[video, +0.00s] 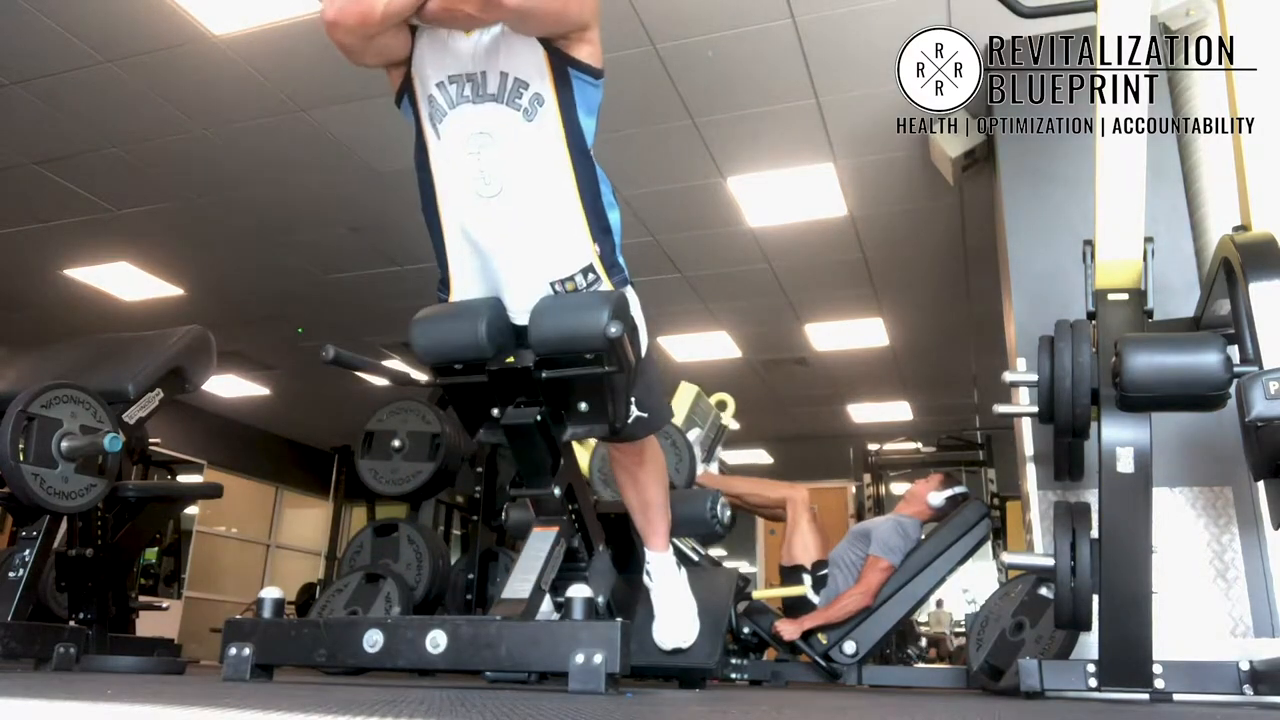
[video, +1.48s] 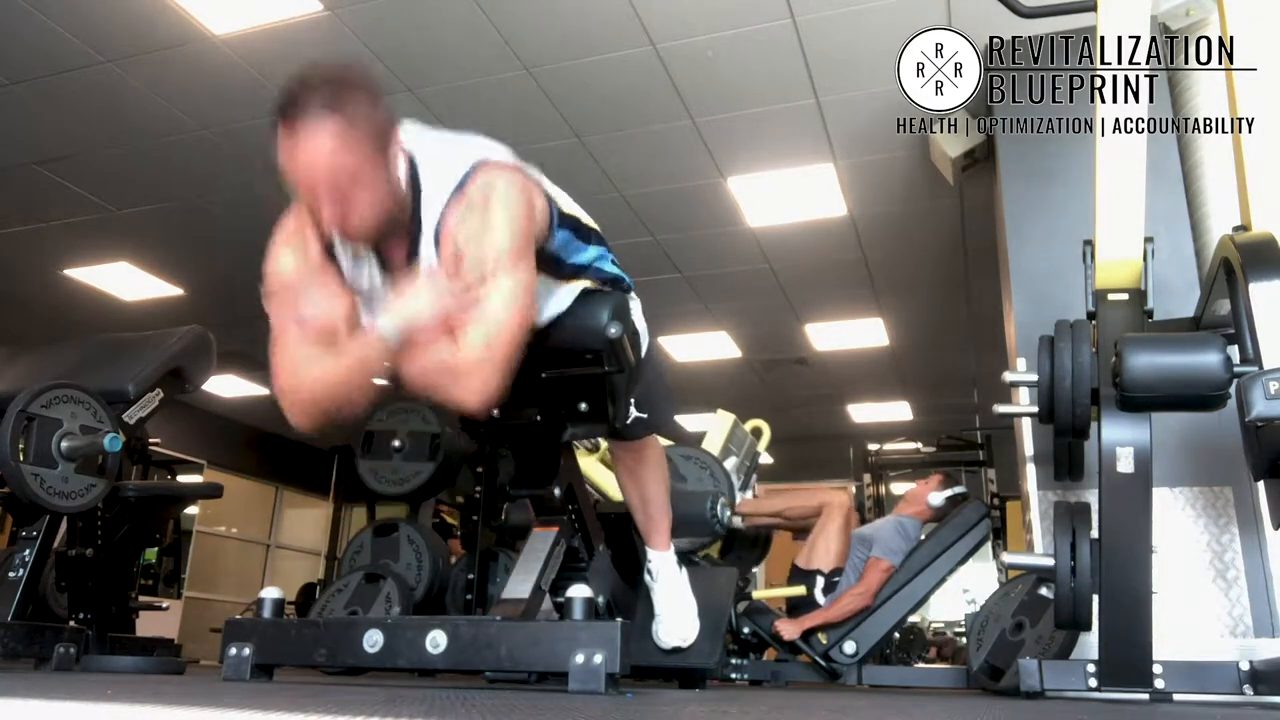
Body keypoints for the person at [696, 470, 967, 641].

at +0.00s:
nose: (920, 479)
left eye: (928, 480)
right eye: (927, 476)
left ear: (931, 498)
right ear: (933, 505)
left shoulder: (895, 528)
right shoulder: (902, 526)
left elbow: (865, 595)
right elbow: (865, 593)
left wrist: (801, 624)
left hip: (813, 603)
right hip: (819, 598)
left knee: (798, 497)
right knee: (797, 502)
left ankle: (704, 476)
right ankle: (720, 488)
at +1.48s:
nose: (918, 482)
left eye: (927, 481)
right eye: (926, 478)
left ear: (932, 499)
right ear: (934, 501)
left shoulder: (898, 529)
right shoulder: (904, 527)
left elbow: (865, 594)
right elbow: (864, 591)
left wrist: (801, 624)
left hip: (816, 604)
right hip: (823, 600)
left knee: (839, 500)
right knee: (841, 506)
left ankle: (734, 506)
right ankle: (747, 516)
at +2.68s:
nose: (897, 479)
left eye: (907, 476)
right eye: (901, 473)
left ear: (925, 493)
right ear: (920, 494)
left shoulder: (897, 529)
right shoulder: (905, 527)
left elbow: (865, 596)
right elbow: (867, 592)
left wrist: (801, 624)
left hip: (813, 604)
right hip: (817, 598)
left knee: (802, 497)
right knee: (798, 502)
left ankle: (706, 478)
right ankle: (723, 490)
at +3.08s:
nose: (874, 484)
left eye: (879, 477)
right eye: (876, 477)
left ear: (898, 482)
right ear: (903, 483)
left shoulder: (893, 528)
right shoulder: (897, 527)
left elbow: (873, 597)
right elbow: (873, 594)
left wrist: (807, 616)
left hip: (814, 601)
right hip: (818, 597)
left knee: (757, 504)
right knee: (758, 506)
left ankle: (677, 461)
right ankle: (688, 466)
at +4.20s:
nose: (867, 491)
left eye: (869, 483)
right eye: (867, 483)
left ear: (882, 479)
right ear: (895, 480)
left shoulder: (890, 526)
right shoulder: (898, 525)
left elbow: (866, 590)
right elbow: (867, 590)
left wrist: (819, 641)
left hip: (814, 618)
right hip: (822, 613)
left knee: (789, 500)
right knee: (794, 510)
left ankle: (695, 471)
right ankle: (721, 495)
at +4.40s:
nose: (868, 490)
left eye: (869, 483)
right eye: (868, 483)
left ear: (879, 481)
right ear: (903, 482)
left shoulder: (889, 527)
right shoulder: (898, 525)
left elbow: (866, 592)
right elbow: (867, 591)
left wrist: (819, 641)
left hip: (814, 616)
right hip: (821, 611)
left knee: (798, 496)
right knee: (801, 505)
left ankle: (702, 479)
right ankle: (724, 497)